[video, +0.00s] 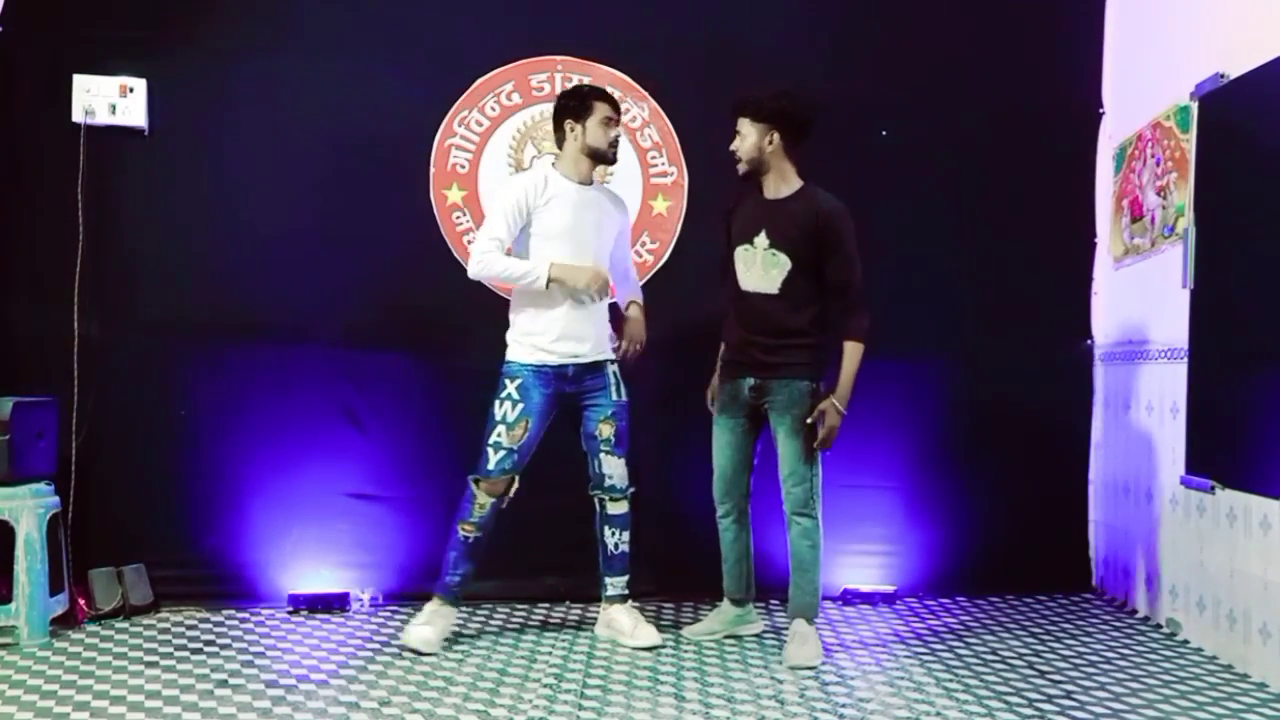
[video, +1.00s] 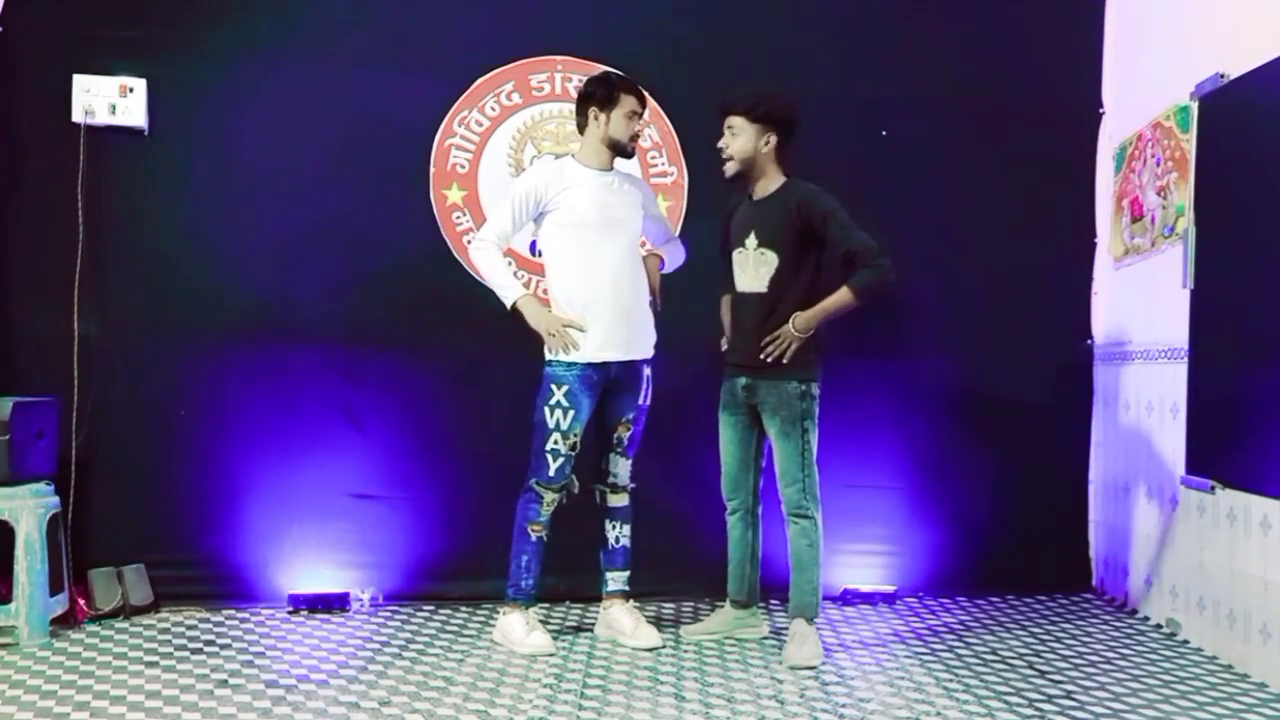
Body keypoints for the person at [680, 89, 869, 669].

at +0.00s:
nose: (734, 144)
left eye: (742, 133)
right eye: (735, 133)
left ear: (774, 139)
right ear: (764, 141)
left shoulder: (823, 213)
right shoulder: (741, 209)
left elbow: (855, 311)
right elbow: (737, 300)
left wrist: (840, 398)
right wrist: (720, 368)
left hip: (795, 379)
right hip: (735, 376)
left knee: (799, 505)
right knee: (728, 498)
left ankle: (802, 623)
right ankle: (737, 607)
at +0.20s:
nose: (731, 142)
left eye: (739, 131)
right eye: (733, 131)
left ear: (769, 137)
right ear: (763, 139)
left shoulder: (819, 209)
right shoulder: (746, 207)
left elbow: (853, 309)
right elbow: (747, 294)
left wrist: (833, 395)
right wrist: (737, 358)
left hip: (791, 380)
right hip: (736, 376)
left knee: (798, 505)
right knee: (732, 498)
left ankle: (802, 623)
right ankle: (741, 610)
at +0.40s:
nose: (726, 142)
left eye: (734, 132)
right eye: (727, 132)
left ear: (765, 139)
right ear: (755, 140)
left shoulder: (812, 206)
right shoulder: (746, 207)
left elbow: (858, 297)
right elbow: (751, 292)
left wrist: (820, 382)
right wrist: (739, 357)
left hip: (786, 381)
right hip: (735, 377)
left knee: (795, 505)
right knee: (733, 498)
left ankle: (802, 622)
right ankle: (741, 609)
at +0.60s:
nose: (720, 143)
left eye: (728, 133)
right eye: (722, 133)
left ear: (758, 139)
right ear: (752, 140)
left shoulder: (807, 201)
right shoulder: (744, 203)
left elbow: (885, 263)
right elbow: (757, 281)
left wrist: (823, 325)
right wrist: (729, 335)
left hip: (784, 377)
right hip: (733, 372)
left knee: (793, 505)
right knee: (731, 498)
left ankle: (802, 623)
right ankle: (740, 609)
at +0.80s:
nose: (718, 144)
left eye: (727, 134)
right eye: (720, 134)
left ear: (758, 140)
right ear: (748, 141)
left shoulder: (806, 201)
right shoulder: (741, 209)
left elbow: (877, 264)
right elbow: (747, 280)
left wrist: (812, 313)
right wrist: (730, 322)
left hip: (785, 379)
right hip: (735, 376)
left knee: (795, 504)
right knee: (732, 498)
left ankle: (802, 622)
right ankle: (741, 609)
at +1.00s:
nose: (721, 143)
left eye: (732, 133)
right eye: (723, 134)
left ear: (768, 141)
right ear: (746, 145)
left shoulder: (808, 202)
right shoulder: (736, 213)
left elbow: (874, 269)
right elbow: (731, 282)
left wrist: (809, 318)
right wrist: (729, 319)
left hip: (788, 379)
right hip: (737, 378)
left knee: (798, 503)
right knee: (737, 499)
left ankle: (802, 623)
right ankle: (742, 610)